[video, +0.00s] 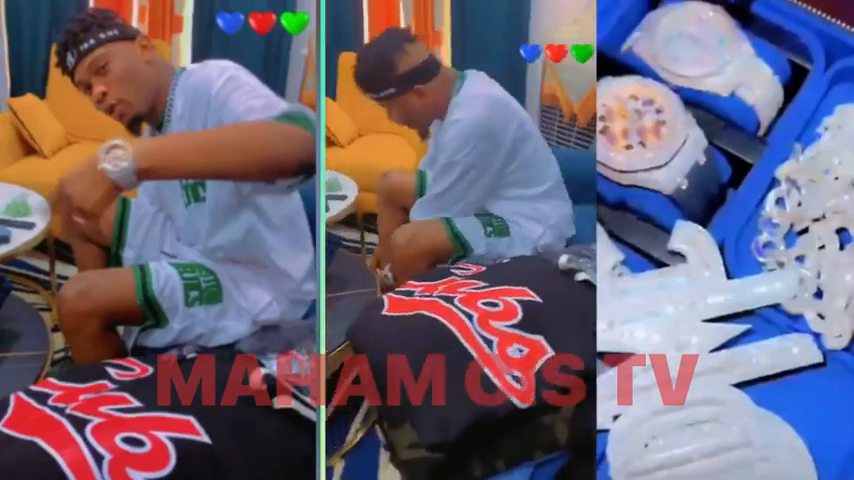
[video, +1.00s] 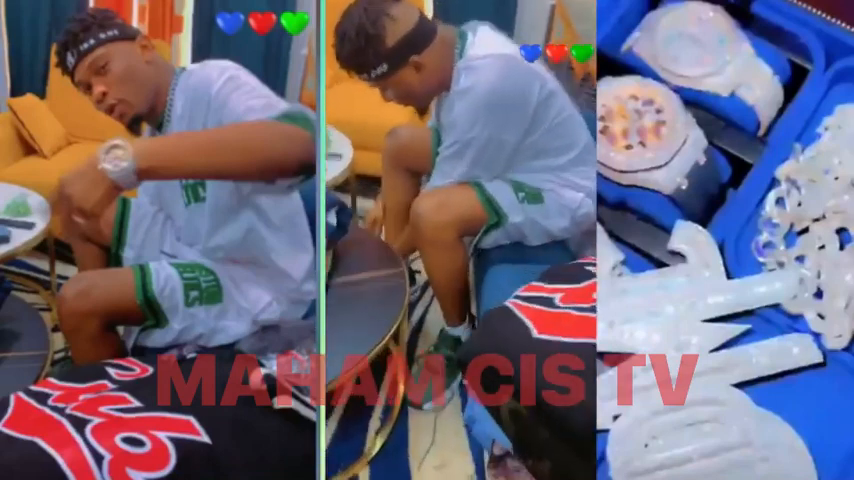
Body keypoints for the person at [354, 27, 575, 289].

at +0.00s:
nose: (392, 119)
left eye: (389, 107)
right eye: (386, 109)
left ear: (416, 93)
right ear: (419, 87)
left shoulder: (474, 115)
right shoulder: (457, 94)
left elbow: (431, 214)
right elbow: (430, 180)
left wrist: (389, 274)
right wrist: (384, 261)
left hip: (533, 228)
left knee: (407, 243)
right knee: (391, 186)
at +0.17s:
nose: (371, 134)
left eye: (365, 126)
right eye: (363, 128)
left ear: (387, 108)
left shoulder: (444, 117)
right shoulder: (434, 85)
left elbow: (431, 209)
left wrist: (397, 250)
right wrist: (404, 249)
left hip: (539, 205)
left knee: (410, 230)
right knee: (393, 178)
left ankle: (438, 332)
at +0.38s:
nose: (359, 123)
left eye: (354, 114)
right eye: (351, 117)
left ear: (374, 95)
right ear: (377, 86)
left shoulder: (431, 101)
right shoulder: (419, 69)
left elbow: (418, 204)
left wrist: (377, 253)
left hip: (534, 184)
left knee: (403, 214)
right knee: (386, 161)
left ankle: (451, 312)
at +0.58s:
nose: (375, 97)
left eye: (370, 87)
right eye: (367, 90)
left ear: (395, 67)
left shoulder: (454, 80)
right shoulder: (443, 43)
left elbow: (436, 187)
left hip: (553, 180)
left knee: (418, 200)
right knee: (397, 144)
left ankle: (454, 308)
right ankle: (388, 270)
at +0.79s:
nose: (389, 111)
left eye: (387, 99)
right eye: (382, 103)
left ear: (415, 79)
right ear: (416, 75)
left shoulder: (481, 87)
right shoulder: (454, 69)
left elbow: (449, 200)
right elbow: (432, 160)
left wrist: (406, 263)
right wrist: (400, 249)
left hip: (565, 193)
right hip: (517, 171)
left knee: (435, 219)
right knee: (407, 162)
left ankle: (473, 339)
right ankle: (403, 291)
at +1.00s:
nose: (386, 97)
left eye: (384, 86)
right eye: (379, 88)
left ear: (416, 66)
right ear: (418, 60)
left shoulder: (485, 82)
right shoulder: (461, 51)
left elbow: (441, 193)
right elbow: (435, 145)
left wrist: (389, 252)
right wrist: (389, 208)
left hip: (562, 193)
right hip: (511, 163)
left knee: (432, 213)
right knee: (400, 145)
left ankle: (457, 338)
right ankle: (388, 279)